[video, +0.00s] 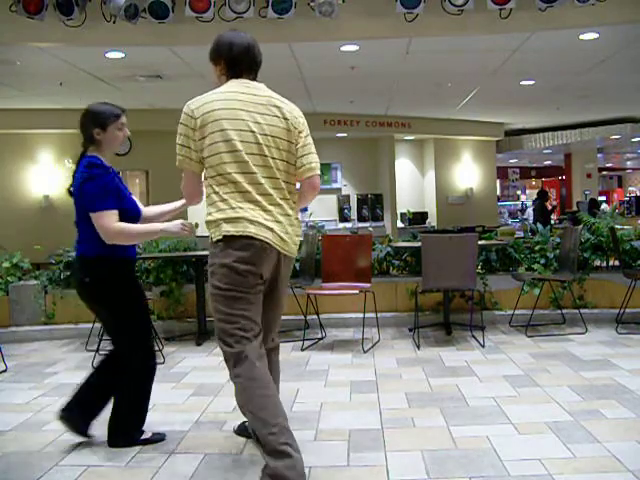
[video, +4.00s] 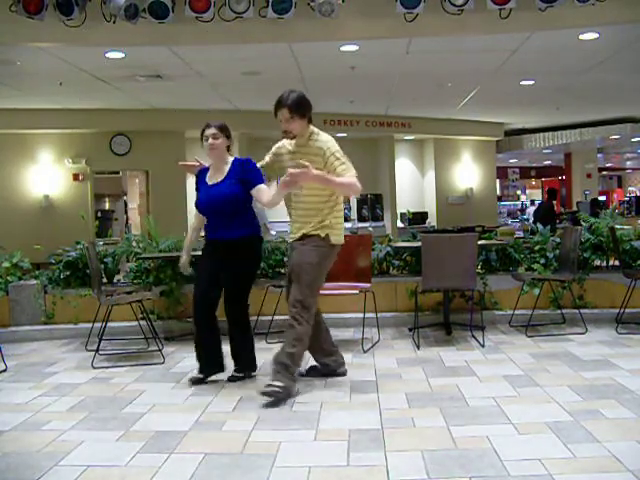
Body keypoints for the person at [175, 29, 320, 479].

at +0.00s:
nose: (210, 72)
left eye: (211, 66)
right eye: (211, 66)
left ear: (219, 66)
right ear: (257, 67)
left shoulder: (199, 108)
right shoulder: (289, 110)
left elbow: (192, 193)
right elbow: (311, 184)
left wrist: (209, 185)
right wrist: (284, 203)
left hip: (235, 237)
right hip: (283, 239)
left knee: (241, 348)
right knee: (266, 339)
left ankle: (286, 465)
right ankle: (260, 420)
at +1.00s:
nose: (198, 79)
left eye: (197, 72)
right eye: (199, 71)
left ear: (204, 75)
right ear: (244, 68)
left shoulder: (197, 126)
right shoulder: (284, 116)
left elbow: (178, 215)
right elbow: (314, 190)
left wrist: (193, 217)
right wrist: (260, 185)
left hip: (233, 265)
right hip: (280, 262)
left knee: (223, 373)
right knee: (256, 347)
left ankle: (288, 473)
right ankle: (265, 432)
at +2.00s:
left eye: (205, 93)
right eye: (236, 89)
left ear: (203, 96)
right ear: (239, 91)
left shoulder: (192, 136)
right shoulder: (266, 130)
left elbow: (160, 203)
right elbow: (292, 191)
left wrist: (181, 220)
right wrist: (284, 173)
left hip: (212, 251)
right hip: (261, 251)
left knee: (206, 322)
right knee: (253, 334)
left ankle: (203, 389)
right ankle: (260, 421)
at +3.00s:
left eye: (170, 123)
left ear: (173, 122)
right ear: (200, 115)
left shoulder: (166, 152)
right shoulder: (228, 143)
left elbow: (144, 206)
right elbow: (261, 191)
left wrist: (158, 212)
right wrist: (273, 172)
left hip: (188, 243)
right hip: (230, 241)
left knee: (201, 314)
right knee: (253, 309)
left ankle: (200, 386)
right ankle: (289, 382)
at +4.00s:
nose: (211, 141)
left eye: (216, 137)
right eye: (207, 138)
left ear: (228, 141)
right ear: (203, 145)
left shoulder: (244, 166)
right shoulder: (202, 176)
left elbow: (267, 199)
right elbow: (199, 218)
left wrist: (284, 185)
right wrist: (186, 252)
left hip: (244, 245)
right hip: (214, 246)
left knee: (235, 306)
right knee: (203, 305)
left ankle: (245, 366)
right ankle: (210, 365)